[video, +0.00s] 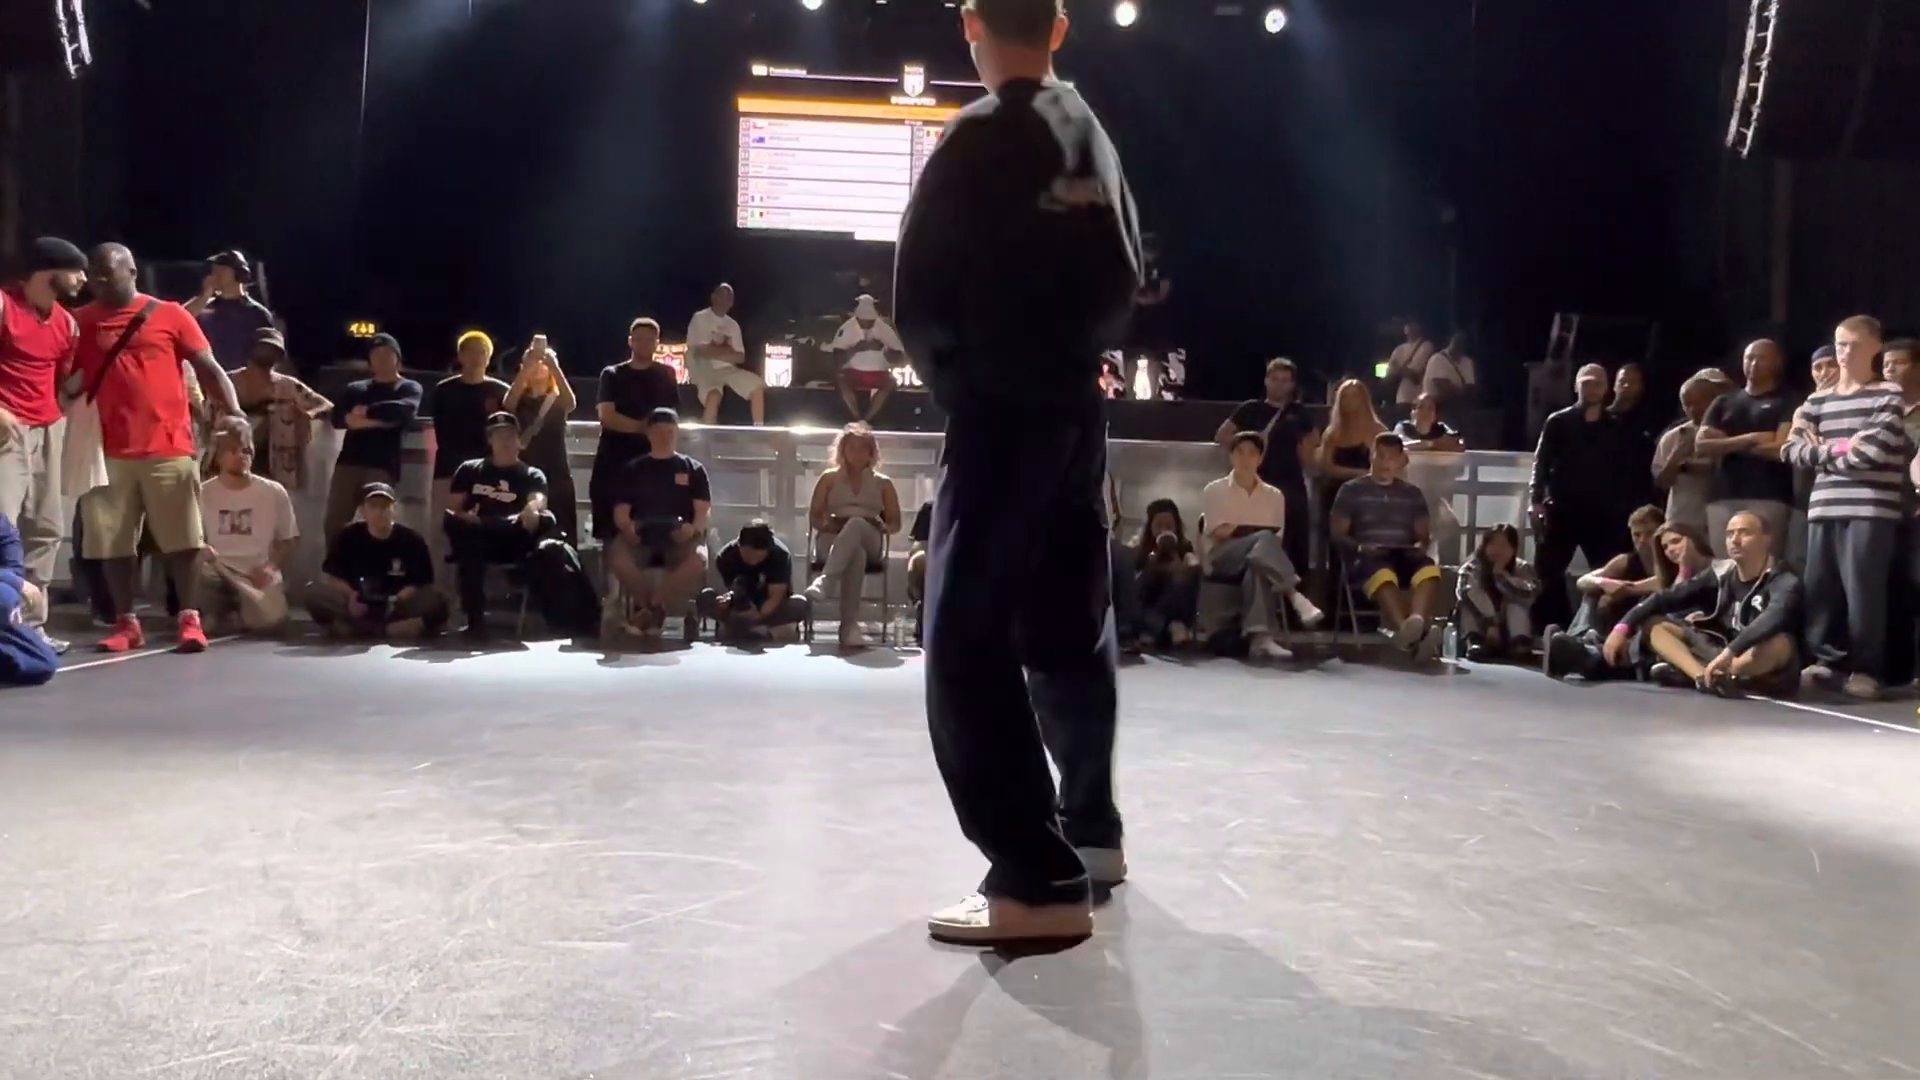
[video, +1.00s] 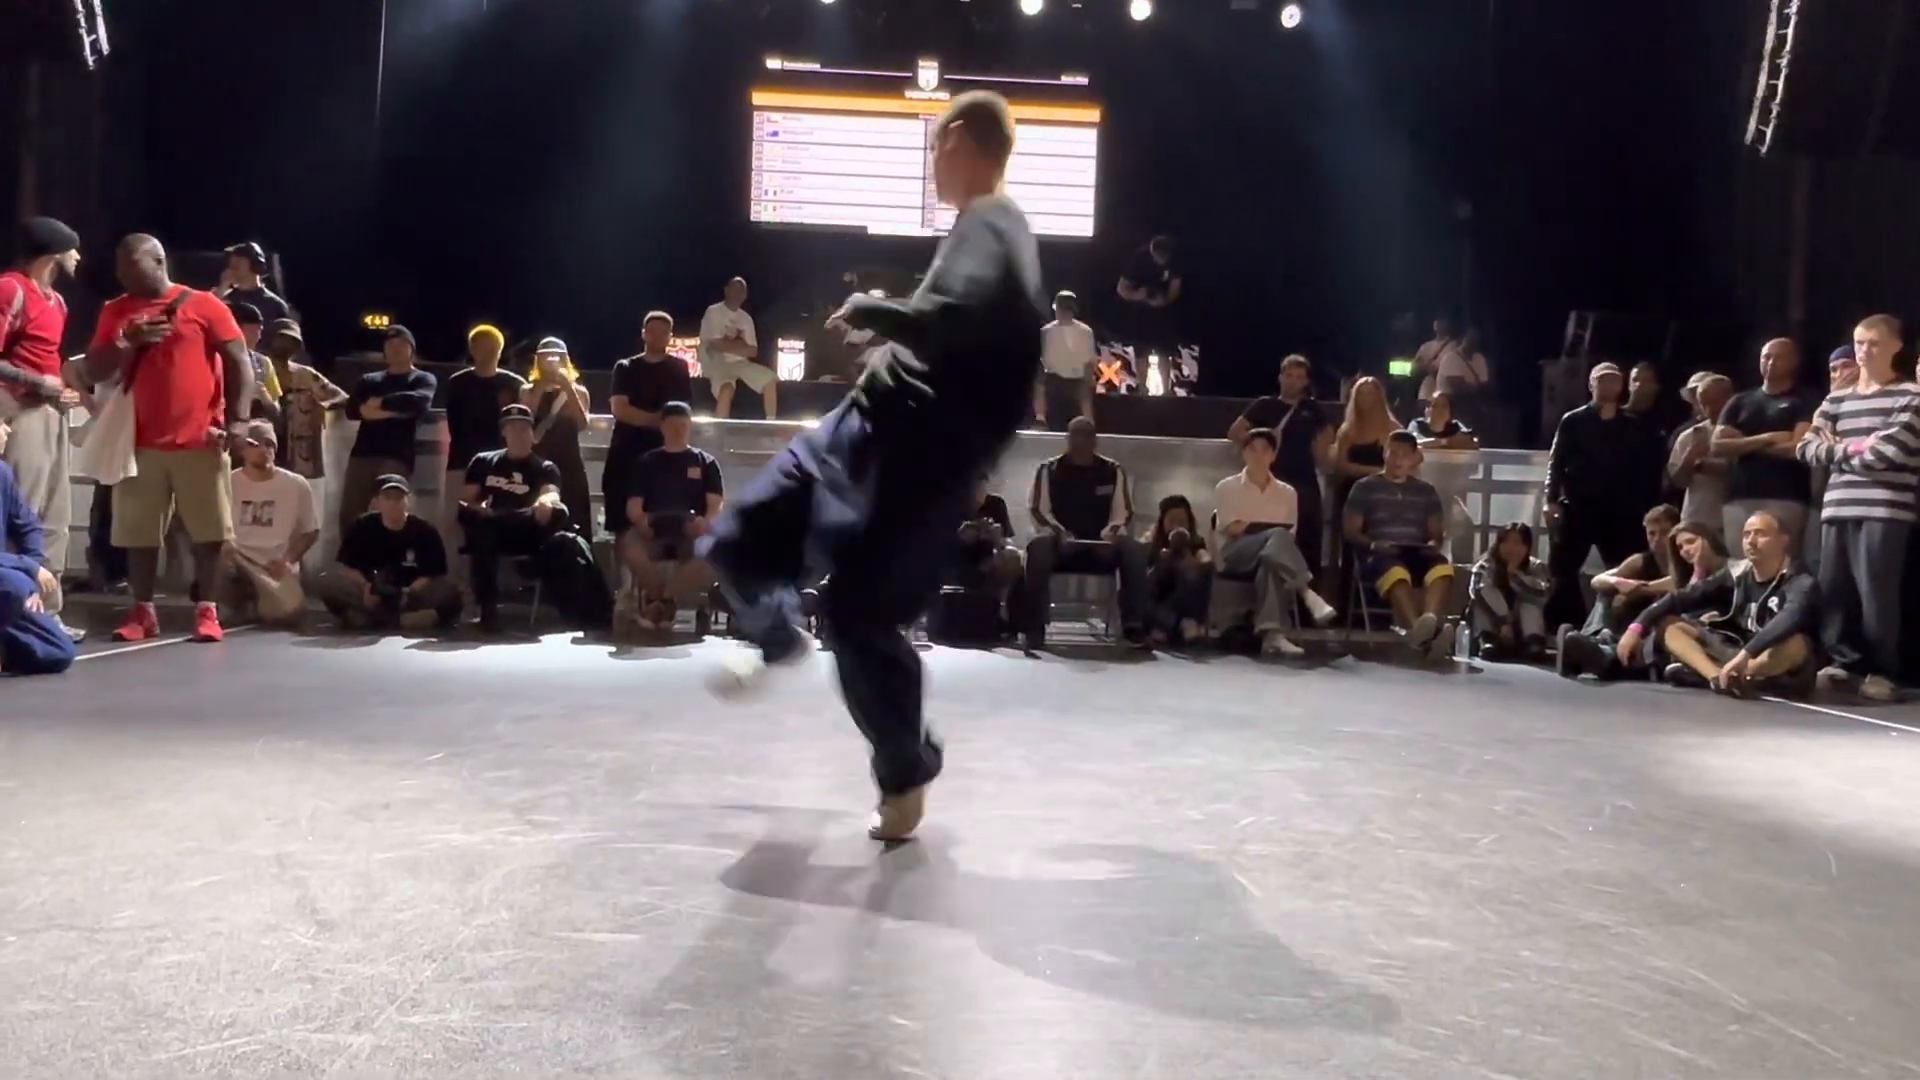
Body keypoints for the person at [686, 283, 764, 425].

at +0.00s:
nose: (727, 299)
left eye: (730, 296)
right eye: (723, 295)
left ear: (732, 301)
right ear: (714, 297)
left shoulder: (733, 325)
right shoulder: (700, 318)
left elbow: (740, 357)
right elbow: (700, 350)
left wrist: (710, 352)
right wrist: (725, 347)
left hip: (727, 368)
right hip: (704, 367)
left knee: (757, 387)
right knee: (714, 395)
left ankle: (759, 432)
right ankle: (706, 437)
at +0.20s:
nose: (727, 298)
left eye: (731, 295)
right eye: (724, 294)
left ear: (734, 299)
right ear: (716, 296)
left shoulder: (736, 323)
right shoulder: (702, 316)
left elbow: (742, 355)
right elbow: (703, 348)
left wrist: (713, 350)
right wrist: (728, 346)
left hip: (730, 366)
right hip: (707, 365)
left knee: (759, 384)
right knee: (717, 393)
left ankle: (762, 430)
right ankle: (708, 434)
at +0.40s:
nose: (729, 298)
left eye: (733, 294)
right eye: (726, 293)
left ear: (737, 300)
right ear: (718, 296)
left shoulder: (738, 323)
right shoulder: (704, 316)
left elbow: (745, 355)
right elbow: (704, 349)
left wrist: (715, 350)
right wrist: (729, 345)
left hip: (732, 366)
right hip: (709, 365)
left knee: (762, 385)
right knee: (719, 393)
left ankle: (764, 430)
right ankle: (711, 434)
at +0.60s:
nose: (732, 298)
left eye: (736, 295)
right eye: (729, 294)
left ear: (740, 299)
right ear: (721, 296)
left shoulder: (741, 323)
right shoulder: (707, 316)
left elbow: (747, 355)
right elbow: (706, 348)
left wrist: (718, 349)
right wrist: (732, 346)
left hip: (734, 366)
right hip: (711, 364)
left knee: (764, 385)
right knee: (721, 392)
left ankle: (766, 430)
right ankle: (713, 434)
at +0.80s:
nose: (734, 295)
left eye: (738, 292)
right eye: (731, 291)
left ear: (742, 297)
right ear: (723, 293)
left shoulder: (743, 320)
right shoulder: (710, 313)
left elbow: (749, 353)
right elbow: (709, 345)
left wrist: (721, 347)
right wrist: (735, 344)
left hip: (737, 363)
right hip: (714, 361)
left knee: (767, 382)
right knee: (724, 390)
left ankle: (768, 427)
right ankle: (715, 431)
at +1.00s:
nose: (738, 294)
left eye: (741, 291)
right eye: (734, 290)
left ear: (745, 295)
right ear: (726, 291)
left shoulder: (746, 318)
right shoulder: (713, 312)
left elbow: (752, 351)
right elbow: (713, 344)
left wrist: (724, 345)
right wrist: (739, 342)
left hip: (740, 362)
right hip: (717, 361)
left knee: (770, 381)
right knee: (727, 389)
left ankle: (771, 425)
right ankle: (719, 431)